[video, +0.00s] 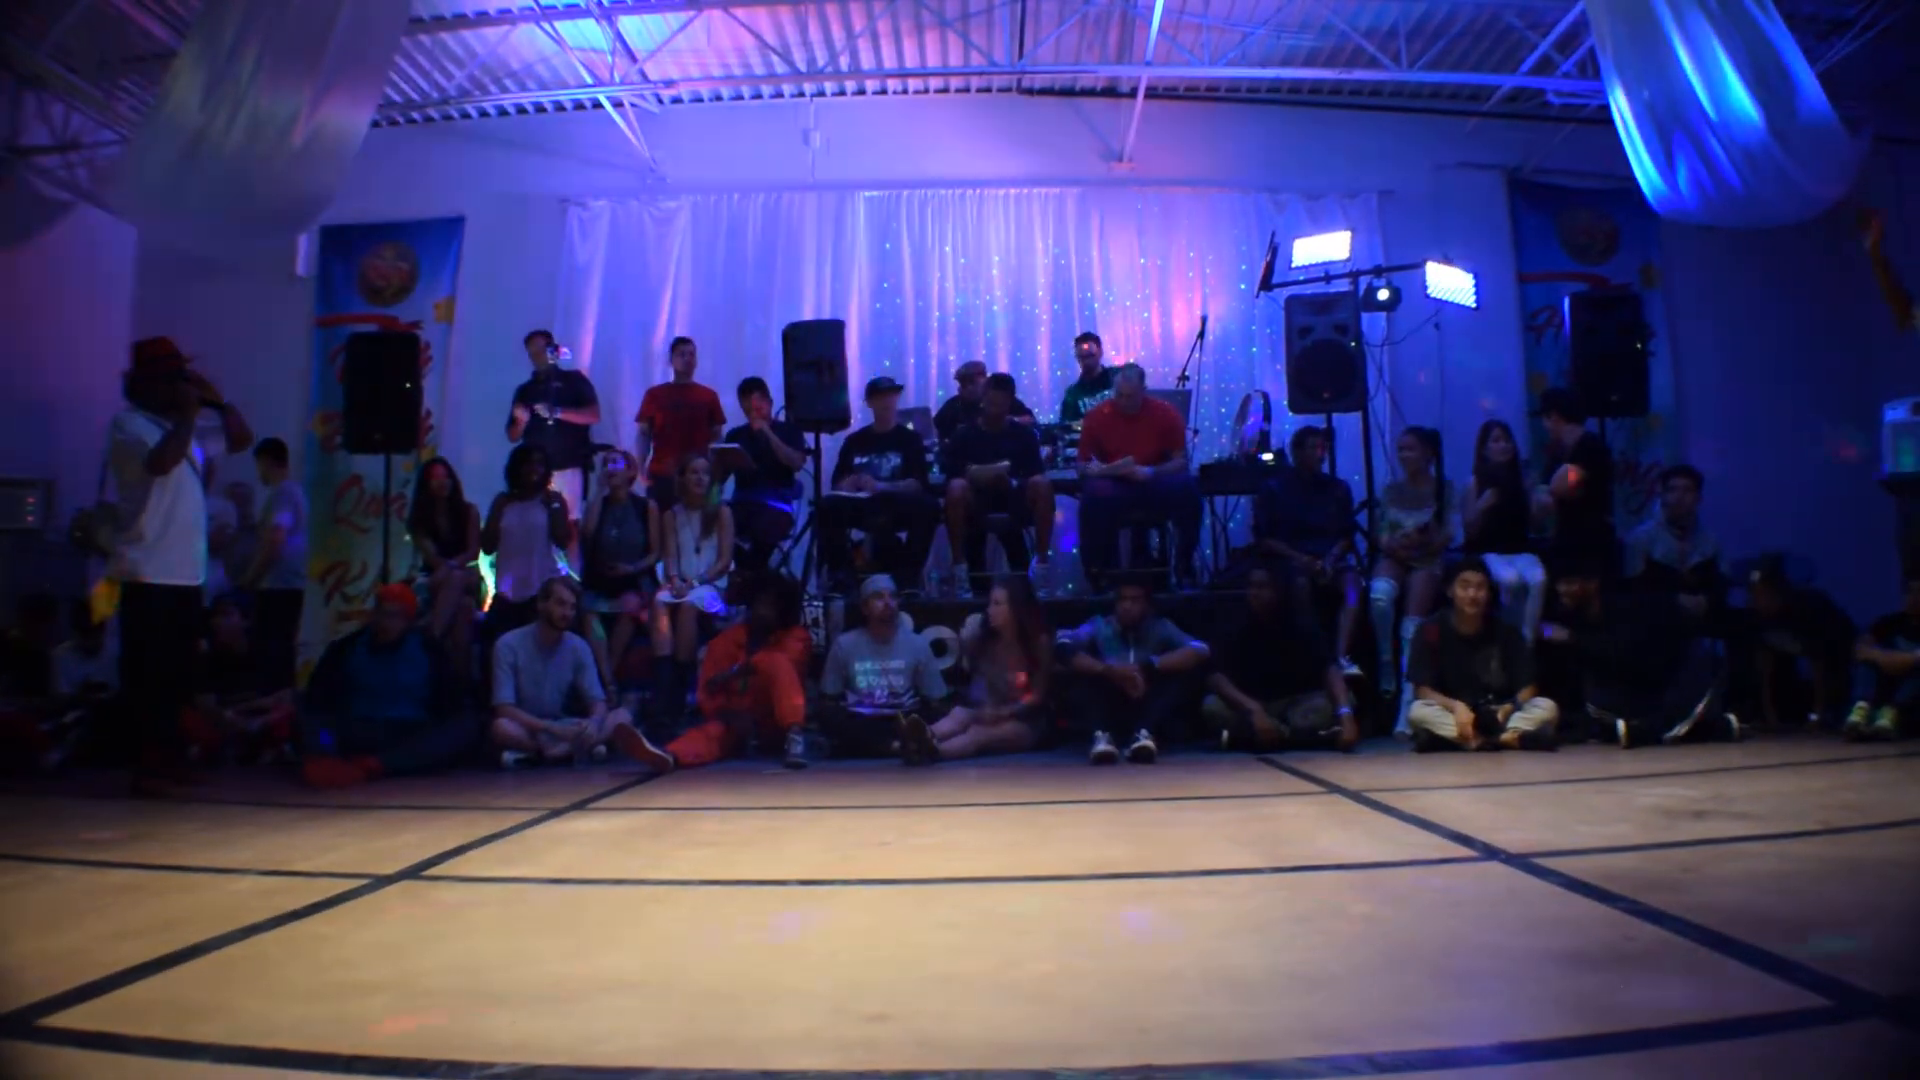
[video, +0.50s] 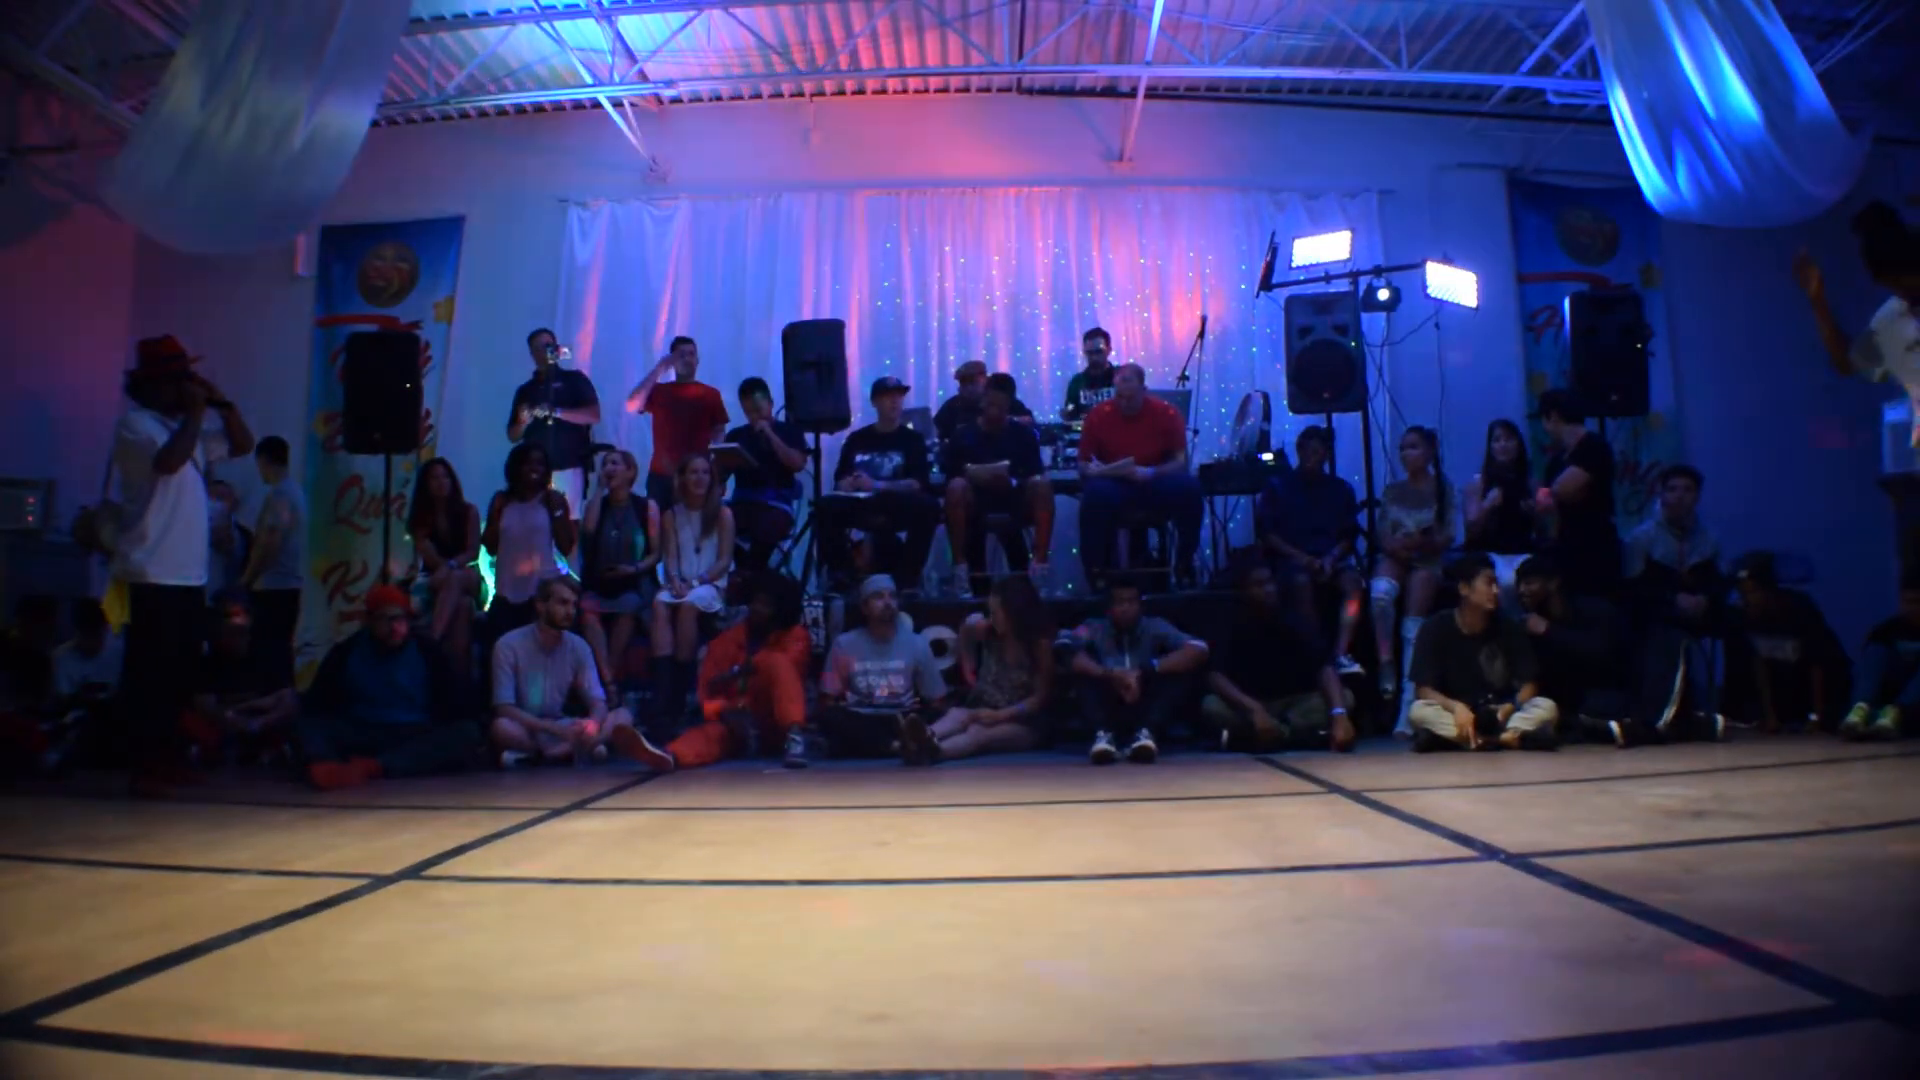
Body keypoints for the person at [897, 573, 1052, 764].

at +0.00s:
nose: (990, 610)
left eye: (998, 604)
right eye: (990, 604)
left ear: (1017, 607)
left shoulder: (1036, 644)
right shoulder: (986, 643)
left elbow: (1037, 696)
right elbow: (977, 685)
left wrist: (999, 713)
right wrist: (985, 708)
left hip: (1027, 718)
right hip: (994, 712)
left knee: (979, 734)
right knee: (960, 715)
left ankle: (931, 752)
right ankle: (922, 735)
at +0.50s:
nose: (992, 619)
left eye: (996, 612)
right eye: (991, 612)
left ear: (1014, 611)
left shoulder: (1038, 646)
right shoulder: (989, 634)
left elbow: (1040, 699)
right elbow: (967, 629)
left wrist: (998, 715)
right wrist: (969, 677)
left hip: (1021, 717)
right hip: (986, 707)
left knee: (980, 733)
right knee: (957, 715)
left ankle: (933, 752)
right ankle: (921, 737)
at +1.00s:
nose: (992, 618)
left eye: (996, 611)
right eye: (990, 612)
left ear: (1013, 612)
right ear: (990, 612)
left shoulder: (1035, 644)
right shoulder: (990, 630)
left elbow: (1037, 696)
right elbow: (961, 623)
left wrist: (993, 712)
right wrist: (965, 665)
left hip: (1017, 716)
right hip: (982, 707)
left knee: (981, 733)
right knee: (957, 716)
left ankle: (931, 752)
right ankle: (920, 737)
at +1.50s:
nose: (983, 618)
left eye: (988, 612)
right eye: (983, 612)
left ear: (1007, 612)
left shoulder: (1030, 638)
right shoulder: (979, 627)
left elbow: (1036, 690)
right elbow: (959, 647)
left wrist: (996, 714)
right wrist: (954, 684)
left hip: (1021, 713)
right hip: (985, 704)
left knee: (979, 736)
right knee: (961, 715)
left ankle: (934, 752)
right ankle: (922, 738)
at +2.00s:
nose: (983, 609)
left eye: (989, 603)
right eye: (978, 603)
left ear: (1000, 605)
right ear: (969, 607)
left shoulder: (1018, 638)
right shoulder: (966, 639)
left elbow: (1028, 688)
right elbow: (954, 682)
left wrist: (995, 714)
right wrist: (958, 698)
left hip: (1011, 711)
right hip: (975, 708)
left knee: (979, 736)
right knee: (957, 722)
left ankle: (935, 752)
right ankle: (922, 737)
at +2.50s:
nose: (993, 603)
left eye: (997, 597)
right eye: (986, 597)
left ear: (1004, 601)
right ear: (974, 602)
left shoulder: (1019, 637)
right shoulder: (966, 640)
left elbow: (1026, 687)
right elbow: (957, 688)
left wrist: (990, 715)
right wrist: (960, 701)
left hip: (1010, 708)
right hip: (974, 708)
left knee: (991, 734)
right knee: (947, 726)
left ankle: (934, 752)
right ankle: (917, 741)